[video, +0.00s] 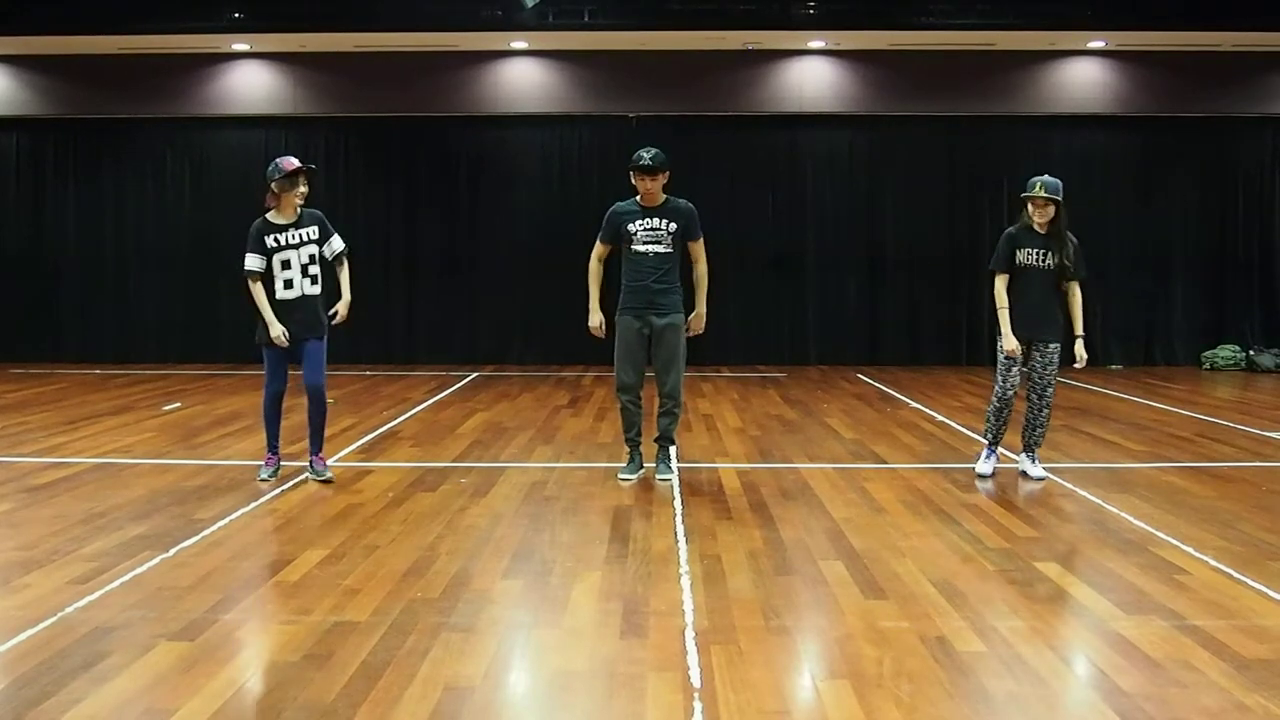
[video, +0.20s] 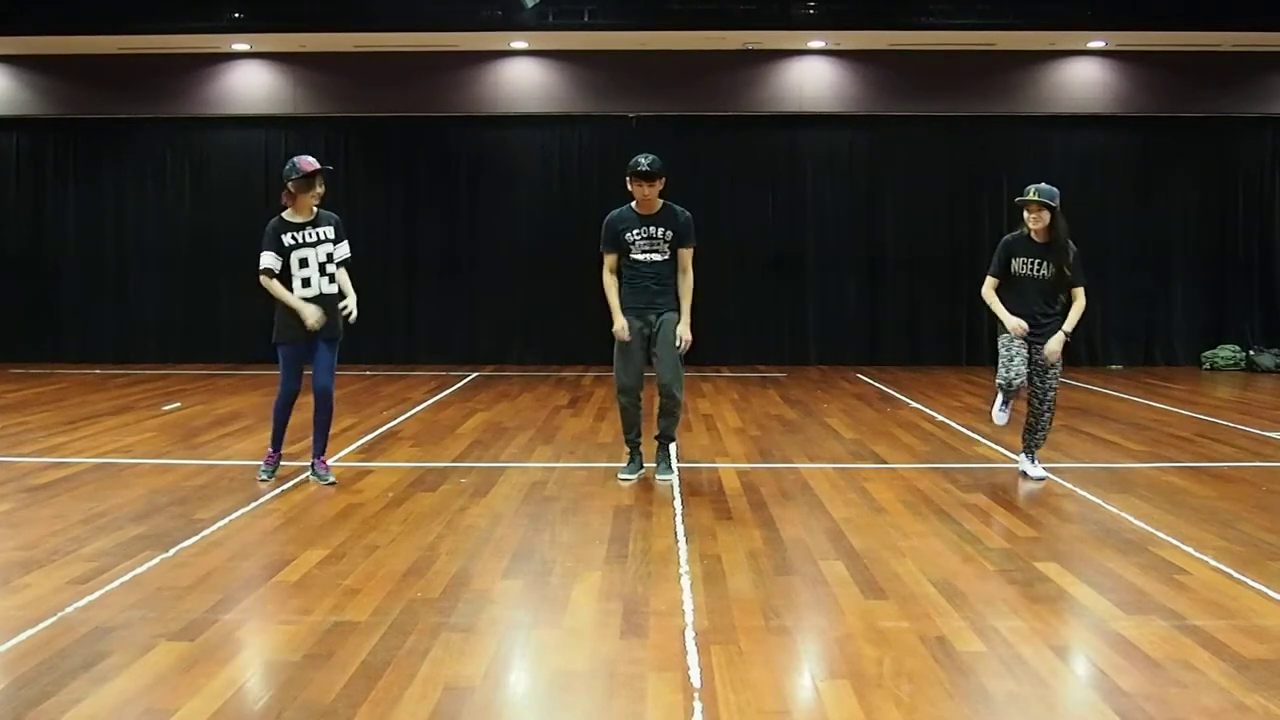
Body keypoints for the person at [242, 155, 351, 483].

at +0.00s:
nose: (302, 190)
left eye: (303, 184)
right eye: (294, 185)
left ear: (306, 186)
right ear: (276, 189)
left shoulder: (316, 220)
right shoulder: (261, 228)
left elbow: (340, 258)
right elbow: (253, 279)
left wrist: (345, 298)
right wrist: (271, 322)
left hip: (314, 320)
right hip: (276, 321)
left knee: (316, 386)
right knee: (274, 388)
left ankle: (317, 457)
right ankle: (272, 457)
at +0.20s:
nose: (318, 191)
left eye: (320, 184)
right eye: (310, 186)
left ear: (322, 186)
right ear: (291, 190)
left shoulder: (330, 222)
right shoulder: (277, 228)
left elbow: (339, 266)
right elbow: (266, 277)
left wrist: (350, 294)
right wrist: (301, 305)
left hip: (329, 317)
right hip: (292, 319)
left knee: (324, 388)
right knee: (290, 388)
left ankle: (319, 459)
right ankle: (274, 454)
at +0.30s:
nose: (328, 198)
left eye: (329, 191)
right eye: (321, 193)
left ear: (331, 192)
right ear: (301, 194)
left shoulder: (340, 223)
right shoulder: (284, 227)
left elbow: (358, 266)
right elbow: (273, 274)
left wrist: (351, 271)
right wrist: (317, 273)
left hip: (334, 318)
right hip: (300, 319)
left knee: (328, 390)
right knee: (309, 386)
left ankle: (320, 459)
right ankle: (282, 439)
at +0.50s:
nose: (341, 190)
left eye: (342, 183)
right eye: (333, 185)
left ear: (347, 184)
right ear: (315, 188)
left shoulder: (353, 219)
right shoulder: (301, 221)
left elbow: (381, 260)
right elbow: (301, 262)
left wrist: (374, 232)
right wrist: (332, 230)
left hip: (347, 313)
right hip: (314, 311)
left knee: (331, 383)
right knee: (343, 374)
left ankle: (319, 455)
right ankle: (316, 439)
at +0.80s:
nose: (365, 182)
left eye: (364, 176)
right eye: (357, 178)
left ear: (363, 182)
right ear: (339, 186)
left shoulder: (372, 222)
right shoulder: (329, 226)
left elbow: (402, 259)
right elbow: (356, 257)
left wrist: (401, 222)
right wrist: (366, 216)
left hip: (373, 317)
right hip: (344, 319)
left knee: (384, 392)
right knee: (362, 393)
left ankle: (339, 444)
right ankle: (350, 468)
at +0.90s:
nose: (376, 177)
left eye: (374, 171)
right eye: (368, 173)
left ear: (365, 180)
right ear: (350, 181)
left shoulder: (379, 218)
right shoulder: (341, 223)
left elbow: (416, 249)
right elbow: (376, 247)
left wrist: (413, 213)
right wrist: (380, 209)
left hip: (383, 320)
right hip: (353, 323)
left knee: (408, 383)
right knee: (359, 395)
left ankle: (374, 444)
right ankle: (349, 470)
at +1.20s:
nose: (407, 174)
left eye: (405, 169)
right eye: (398, 171)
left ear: (396, 179)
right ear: (381, 181)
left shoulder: (410, 217)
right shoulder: (376, 222)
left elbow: (442, 254)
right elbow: (417, 242)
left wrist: (444, 216)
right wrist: (417, 204)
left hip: (424, 317)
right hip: (394, 320)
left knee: (429, 391)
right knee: (403, 394)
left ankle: (421, 472)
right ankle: (359, 457)